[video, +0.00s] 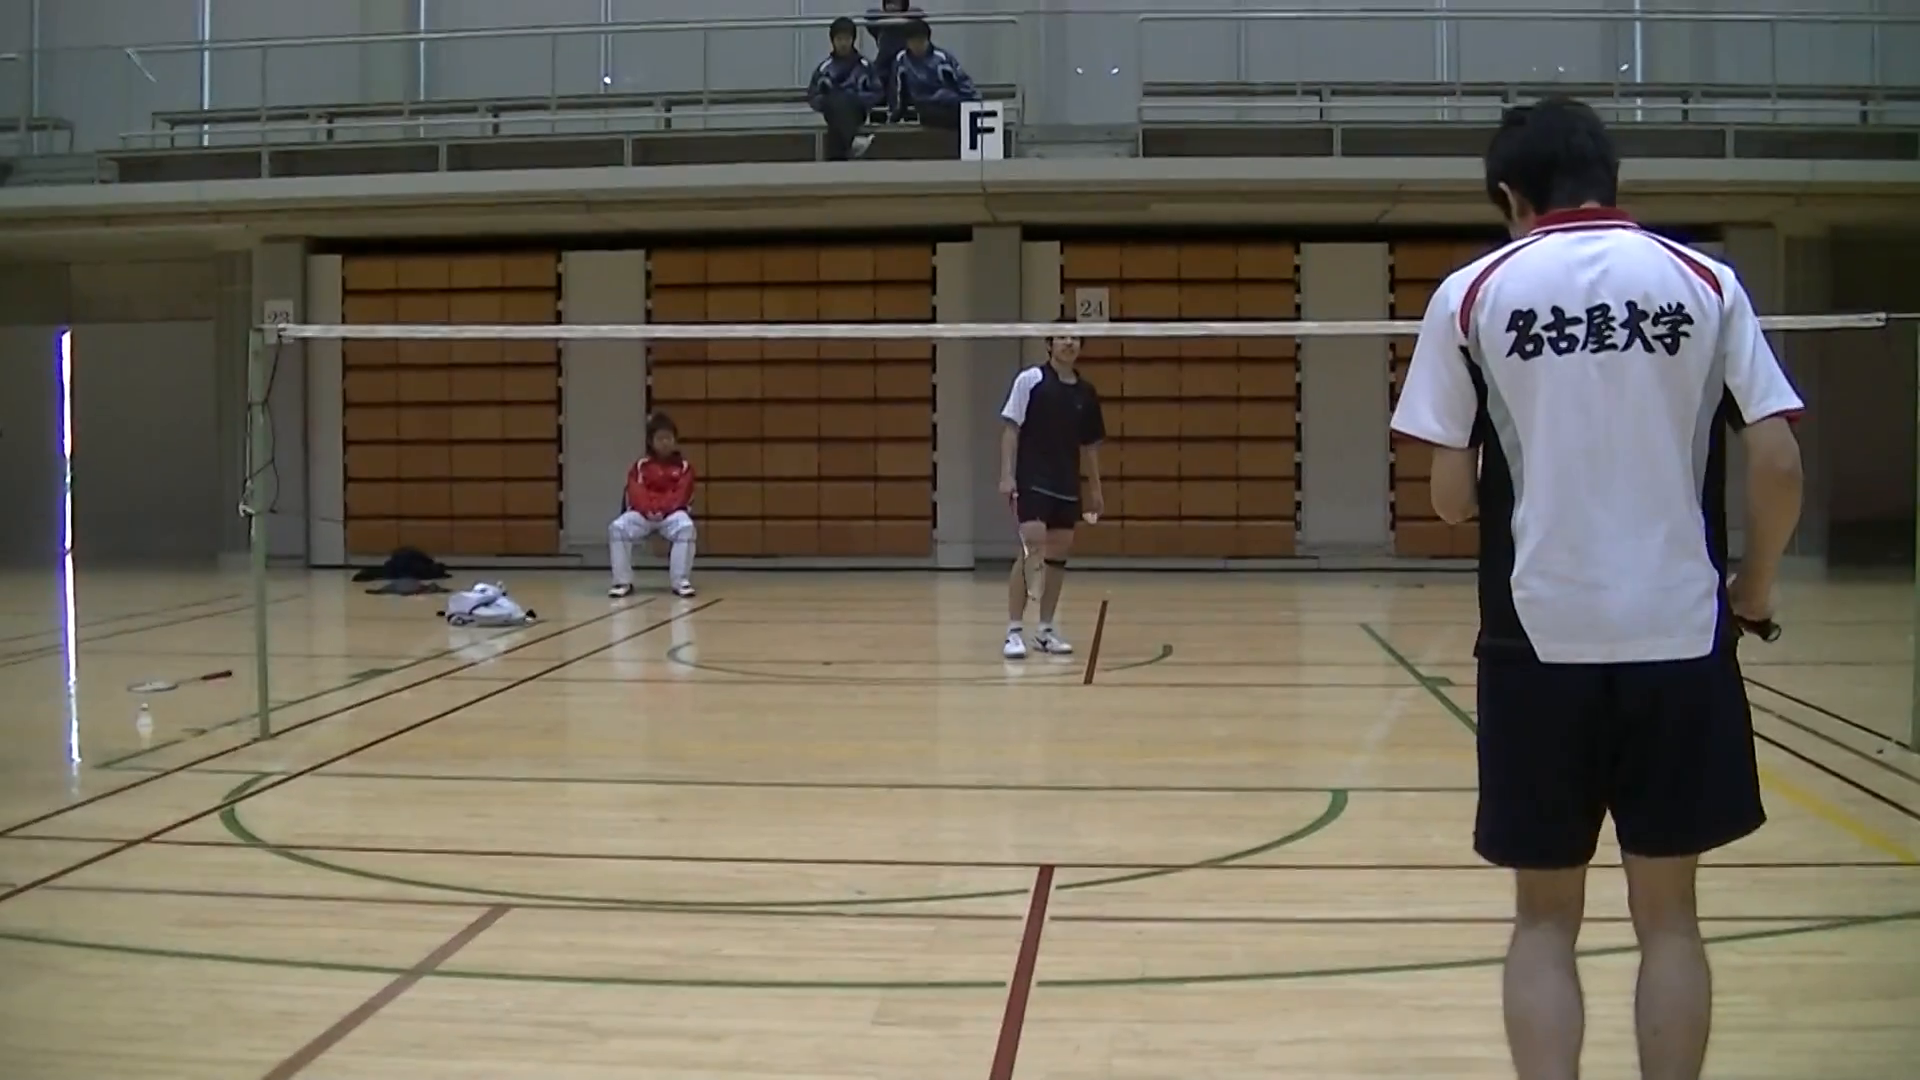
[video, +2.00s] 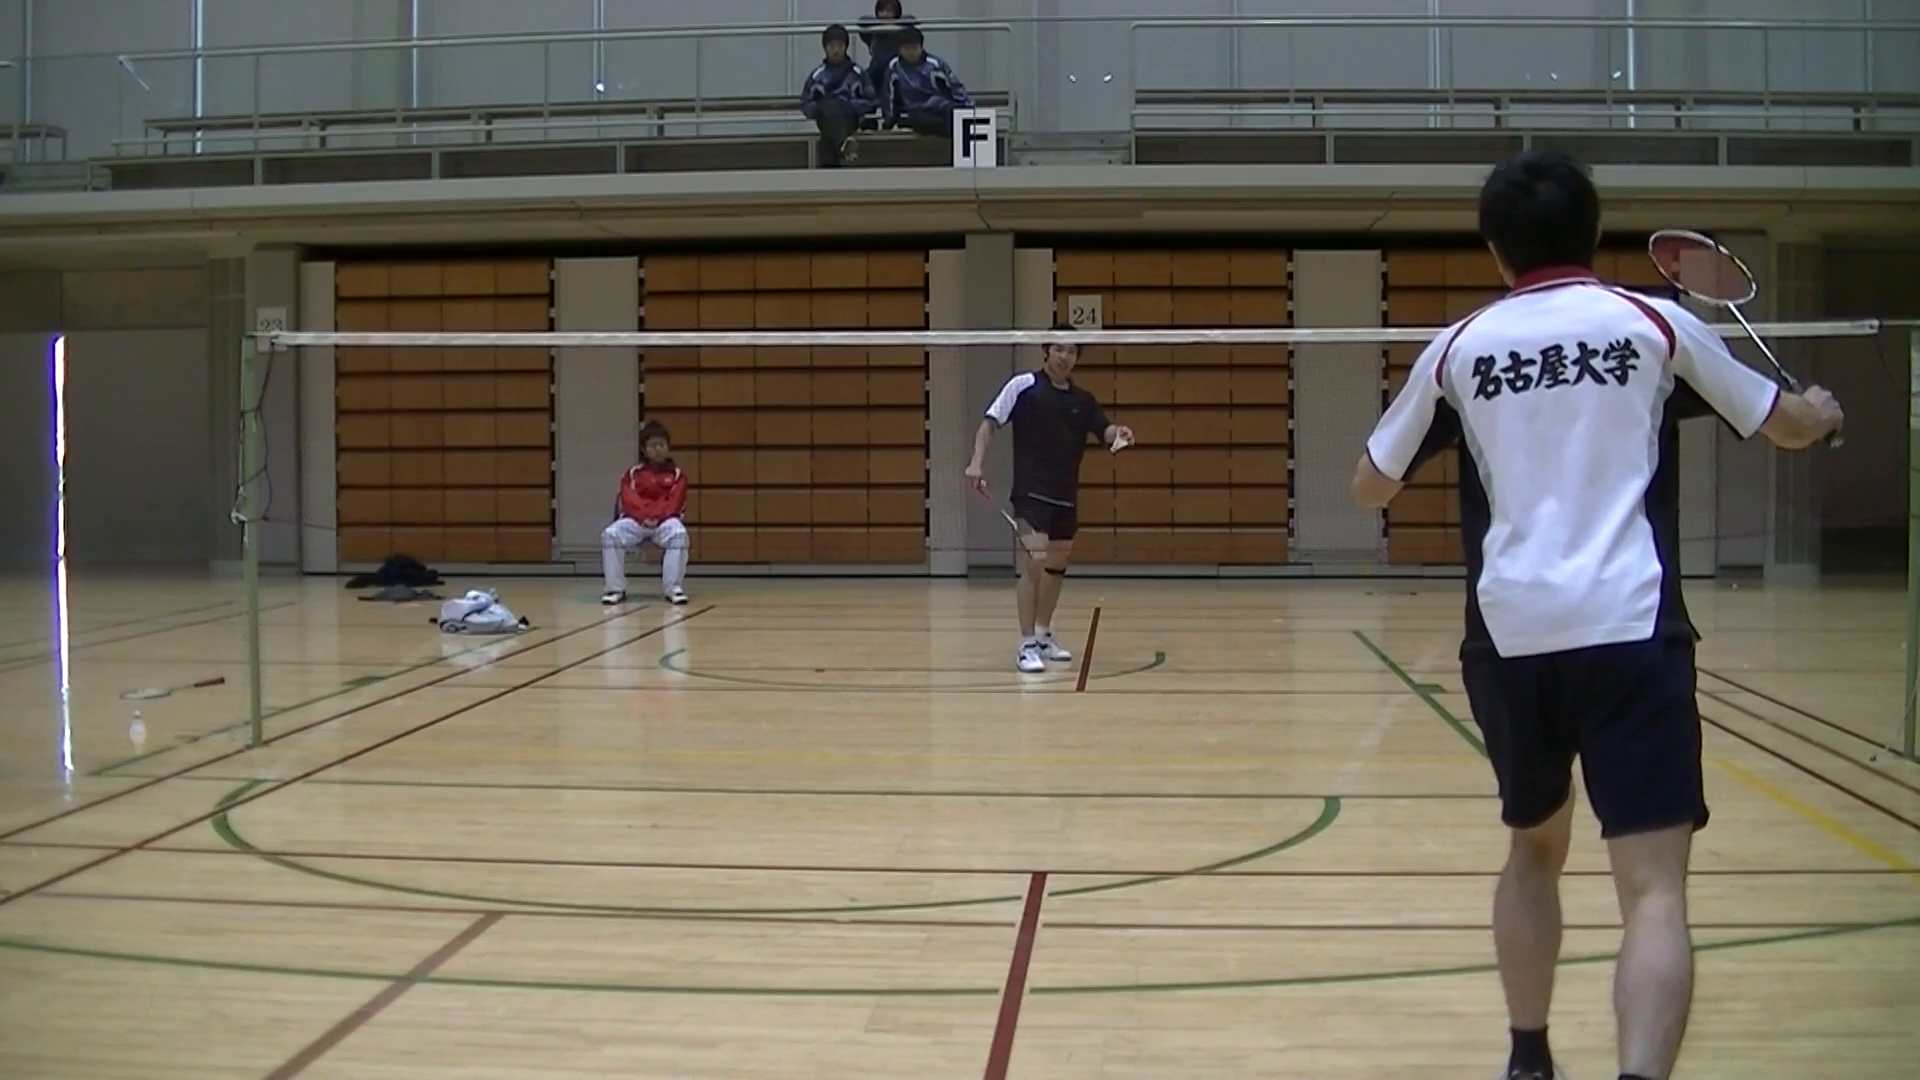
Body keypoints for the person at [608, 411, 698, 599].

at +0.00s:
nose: (665, 443)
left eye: (669, 438)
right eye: (660, 439)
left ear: (675, 440)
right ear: (650, 442)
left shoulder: (683, 467)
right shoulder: (641, 466)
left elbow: (681, 495)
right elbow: (635, 492)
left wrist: (663, 509)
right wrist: (646, 508)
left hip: (671, 513)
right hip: (643, 512)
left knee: (686, 529)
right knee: (618, 528)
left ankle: (680, 581)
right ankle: (622, 582)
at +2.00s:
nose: (658, 450)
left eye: (661, 445)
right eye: (652, 446)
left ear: (668, 447)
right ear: (644, 450)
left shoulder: (677, 475)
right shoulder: (633, 473)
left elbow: (674, 504)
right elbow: (628, 500)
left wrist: (656, 517)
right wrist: (644, 516)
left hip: (664, 520)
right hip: (635, 520)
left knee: (679, 535)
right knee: (610, 535)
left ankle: (673, 587)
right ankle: (615, 589)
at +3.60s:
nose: (664, 449)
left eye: (669, 444)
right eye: (659, 445)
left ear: (676, 447)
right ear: (651, 449)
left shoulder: (683, 475)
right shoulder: (640, 473)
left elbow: (680, 505)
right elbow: (635, 500)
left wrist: (660, 516)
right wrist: (652, 515)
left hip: (671, 519)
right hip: (643, 519)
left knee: (687, 534)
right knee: (618, 535)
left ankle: (682, 587)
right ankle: (622, 589)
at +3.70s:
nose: (697, 449)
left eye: (702, 444)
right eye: (692, 444)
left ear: (708, 447)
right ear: (683, 449)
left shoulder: (716, 475)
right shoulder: (673, 473)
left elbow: (713, 506)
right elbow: (668, 503)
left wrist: (691, 515)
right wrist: (684, 517)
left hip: (704, 520)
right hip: (676, 520)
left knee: (718, 534)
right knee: (651, 534)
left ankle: (714, 587)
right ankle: (654, 589)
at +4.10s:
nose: (674, 448)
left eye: (678, 443)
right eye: (668, 443)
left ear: (684, 445)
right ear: (659, 448)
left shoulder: (691, 473)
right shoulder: (648, 471)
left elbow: (689, 502)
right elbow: (643, 498)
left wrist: (671, 516)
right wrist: (661, 513)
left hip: (680, 518)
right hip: (651, 518)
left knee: (695, 534)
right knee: (627, 533)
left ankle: (688, 585)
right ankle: (631, 588)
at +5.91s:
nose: (656, 450)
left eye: (660, 445)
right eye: (650, 446)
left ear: (666, 448)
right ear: (642, 450)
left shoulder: (675, 476)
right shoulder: (631, 474)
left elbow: (671, 505)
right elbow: (626, 501)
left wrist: (654, 518)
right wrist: (643, 517)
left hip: (662, 521)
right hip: (633, 521)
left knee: (677, 536)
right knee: (609, 536)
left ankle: (671, 588)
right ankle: (613, 590)